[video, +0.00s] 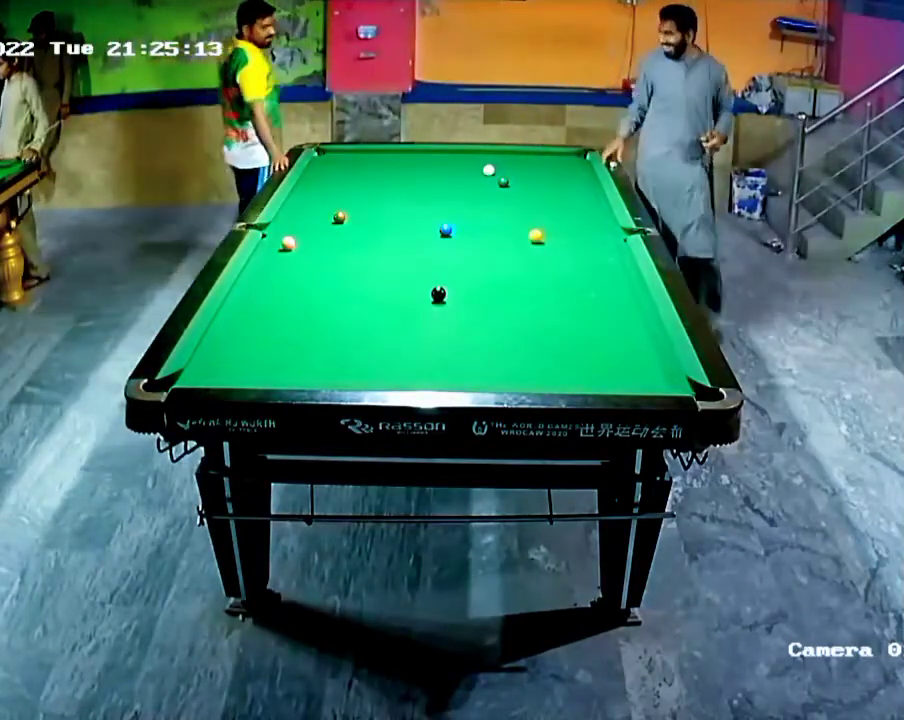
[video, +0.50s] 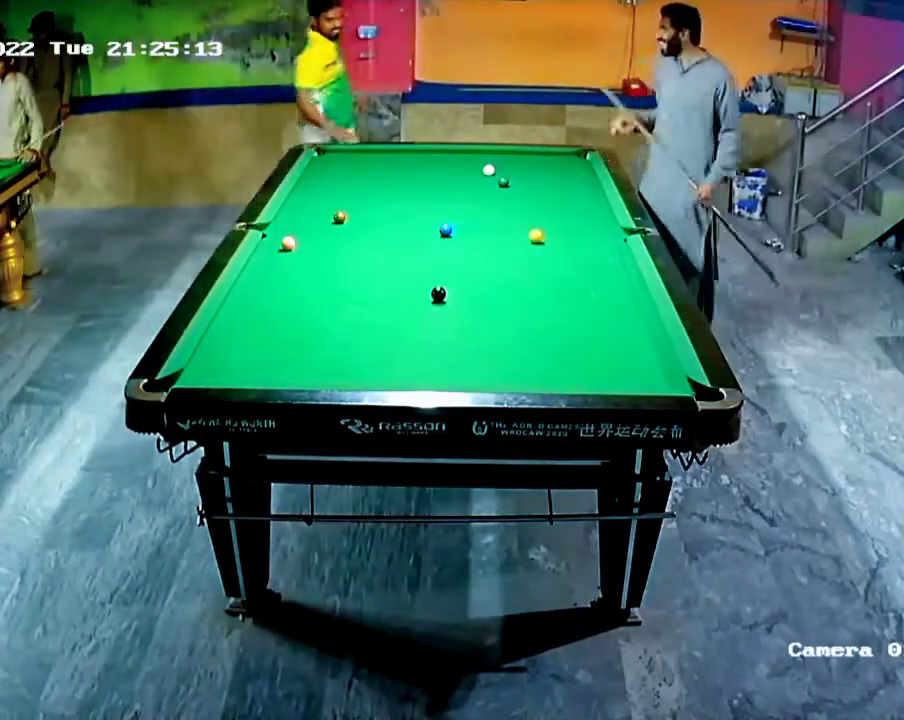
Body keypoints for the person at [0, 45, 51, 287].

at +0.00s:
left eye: (2, 62)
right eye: (0, 62)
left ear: (12, 62)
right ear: (8, 63)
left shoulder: (26, 83)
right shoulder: (8, 85)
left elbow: (42, 118)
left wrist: (35, 147)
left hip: (15, 160)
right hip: (4, 160)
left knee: (22, 215)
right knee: (15, 216)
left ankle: (36, 266)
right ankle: (26, 266)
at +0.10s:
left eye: (1, 62)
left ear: (11, 63)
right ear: (7, 63)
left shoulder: (25, 84)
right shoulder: (8, 86)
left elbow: (42, 119)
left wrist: (35, 146)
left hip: (15, 161)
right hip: (3, 161)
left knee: (22, 215)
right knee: (14, 216)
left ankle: (35, 266)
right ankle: (23, 266)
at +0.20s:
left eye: (2, 61)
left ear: (11, 62)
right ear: (7, 63)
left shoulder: (23, 82)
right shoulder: (9, 84)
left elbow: (40, 118)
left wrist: (35, 146)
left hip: (14, 160)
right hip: (3, 160)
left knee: (22, 215)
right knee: (15, 216)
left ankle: (35, 266)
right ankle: (29, 266)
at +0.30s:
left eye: (2, 60)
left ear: (10, 62)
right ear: (6, 62)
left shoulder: (21, 82)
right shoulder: (10, 83)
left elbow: (38, 117)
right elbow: (37, 117)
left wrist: (35, 145)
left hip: (13, 159)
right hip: (3, 160)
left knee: (22, 216)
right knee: (16, 216)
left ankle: (35, 266)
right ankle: (29, 266)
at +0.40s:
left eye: (1, 61)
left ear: (10, 62)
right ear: (5, 62)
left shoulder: (21, 81)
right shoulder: (10, 83)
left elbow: (37, 117)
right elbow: (36, 117)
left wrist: (35, 145)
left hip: (13, 159)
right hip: (3, 160)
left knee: (22, 214)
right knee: (16, 215)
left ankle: (33, 264)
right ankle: (28, 264)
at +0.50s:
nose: (1, 65)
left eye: (3, 60)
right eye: (2, 60)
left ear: (9, 62)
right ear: (5, 63)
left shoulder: (18, 81)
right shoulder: (13, 82)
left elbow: (35, 116)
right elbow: (34, 117)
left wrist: (34, 146)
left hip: (12, 158)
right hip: (4, 159)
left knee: (21, 213)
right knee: (17, 213)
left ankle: (30, 262)